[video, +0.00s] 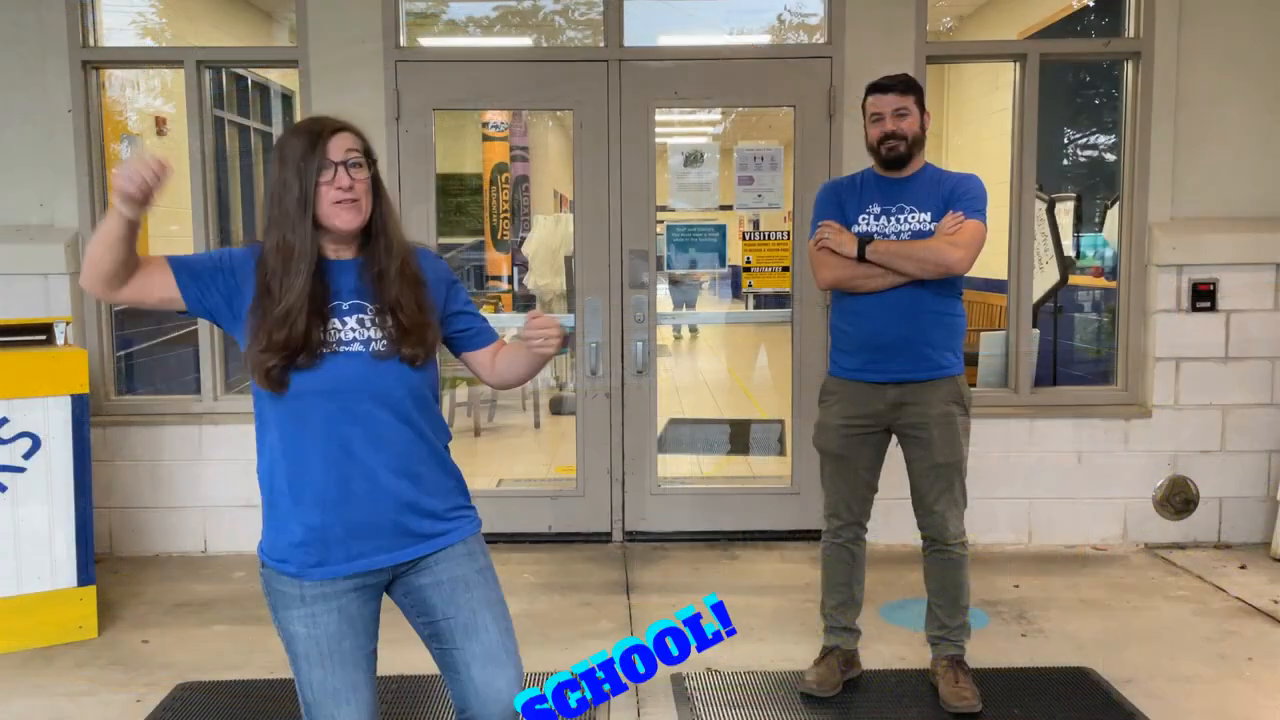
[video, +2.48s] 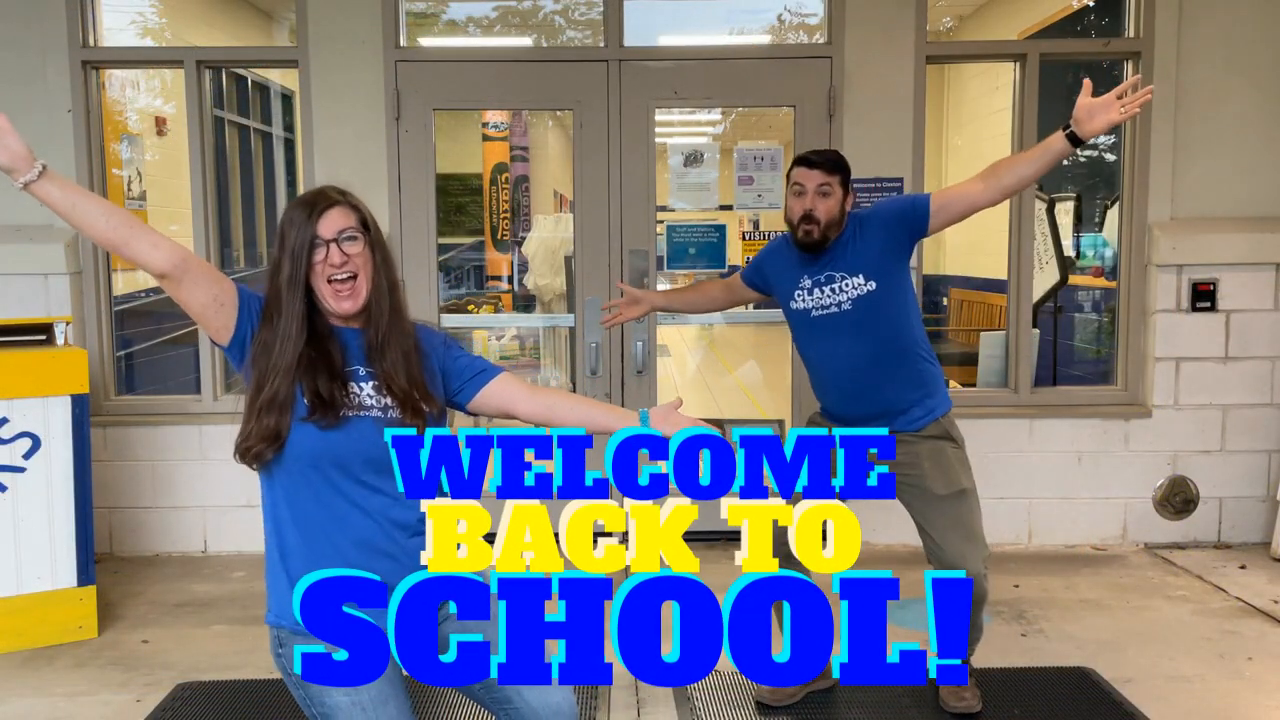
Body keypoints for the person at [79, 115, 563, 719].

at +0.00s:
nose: (347, 179)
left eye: (356, 163)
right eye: (327, 168)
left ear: (373, 179)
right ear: (296, 187)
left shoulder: (417, 270)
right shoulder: (254, 273)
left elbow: (495, 366)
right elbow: (106, 280)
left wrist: (533, 348)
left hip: (437, 536)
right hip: (314, 554)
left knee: (499, 699)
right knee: (342, 709)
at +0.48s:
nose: (318, 246)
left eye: (326, 230)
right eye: (298, 237)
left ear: (348, 242)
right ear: (271, 260)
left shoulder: (417, 317)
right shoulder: (263, 342)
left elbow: (533, 384)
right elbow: (171, 265)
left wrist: (649, 429)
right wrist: (63, 158)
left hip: (457, 582)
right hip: (332, 602)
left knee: (550, 708)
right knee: (363, 711)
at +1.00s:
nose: (319, 249)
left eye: (330, 230)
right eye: (301, 243)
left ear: (364, 238)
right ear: (289, 265)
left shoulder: (424, 334)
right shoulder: (282, 329)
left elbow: (530, 387)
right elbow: (152, 269)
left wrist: (648, 392)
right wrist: (18, 217)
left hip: (436, 597)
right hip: (330, 609)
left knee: (553, 689)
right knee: (376, 716)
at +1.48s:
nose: (314, 262)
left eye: (323, 244)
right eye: (295, 254)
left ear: (351, 247)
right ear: (278, 272)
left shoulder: (416, 335)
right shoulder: (271, 342)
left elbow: (528, 385)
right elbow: (160, 275)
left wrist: (631, 422)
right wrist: (34, 202)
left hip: (444, 590)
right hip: (336, 605)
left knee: (553, 688)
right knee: (383, 712)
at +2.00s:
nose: (330, 245)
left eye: (342, 229)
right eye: (311, 237)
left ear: (369, 242)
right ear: (289, 258)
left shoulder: (418, 336)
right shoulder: (268, 333)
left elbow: (537, 389)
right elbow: (164, 257)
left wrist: (653, 416)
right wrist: (43, 164)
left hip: (443, 594)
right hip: (332, 609)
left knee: (557, 674)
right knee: (373, 706)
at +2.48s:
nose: (339, 258)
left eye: (352, 241)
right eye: (320, 246)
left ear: (377, 254)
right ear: (295, 265)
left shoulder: (419, 349)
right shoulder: (271, 334)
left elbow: (535, 400)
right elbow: (158, 257)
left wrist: (653, 425)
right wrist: (32, 176)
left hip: (439, 598)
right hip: (328, 616)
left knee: (555, 696)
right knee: (378, 711)